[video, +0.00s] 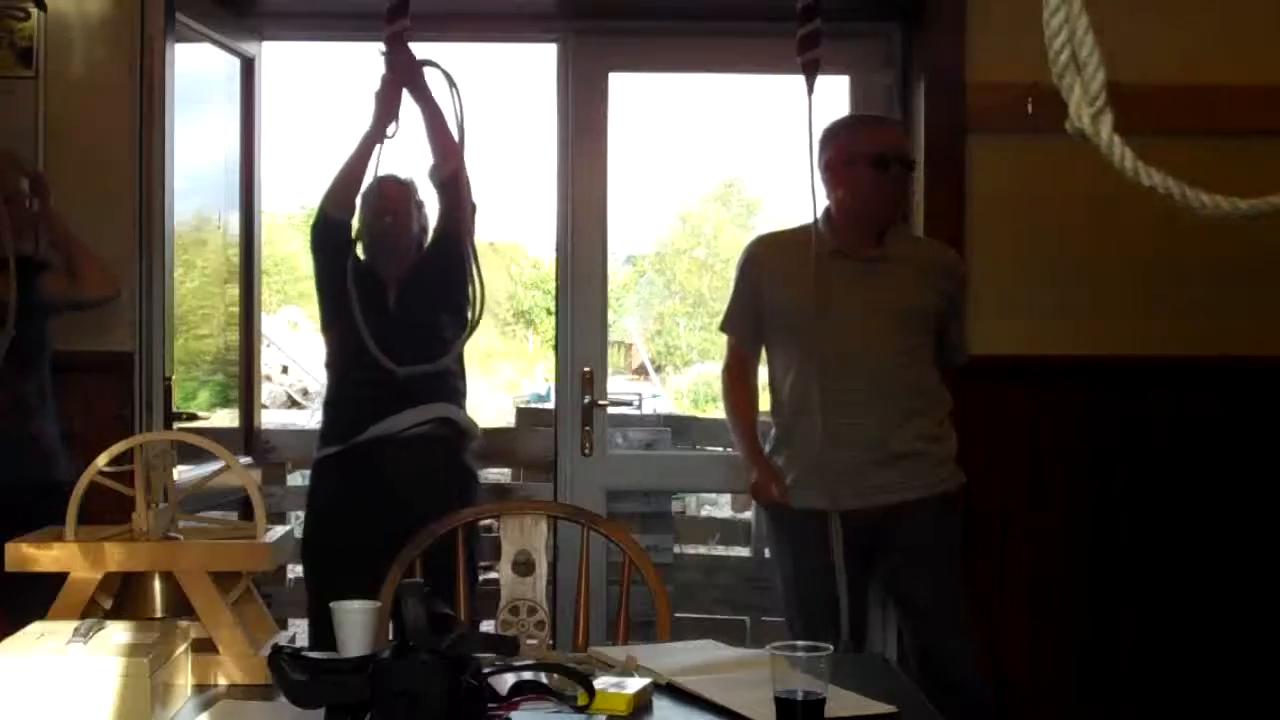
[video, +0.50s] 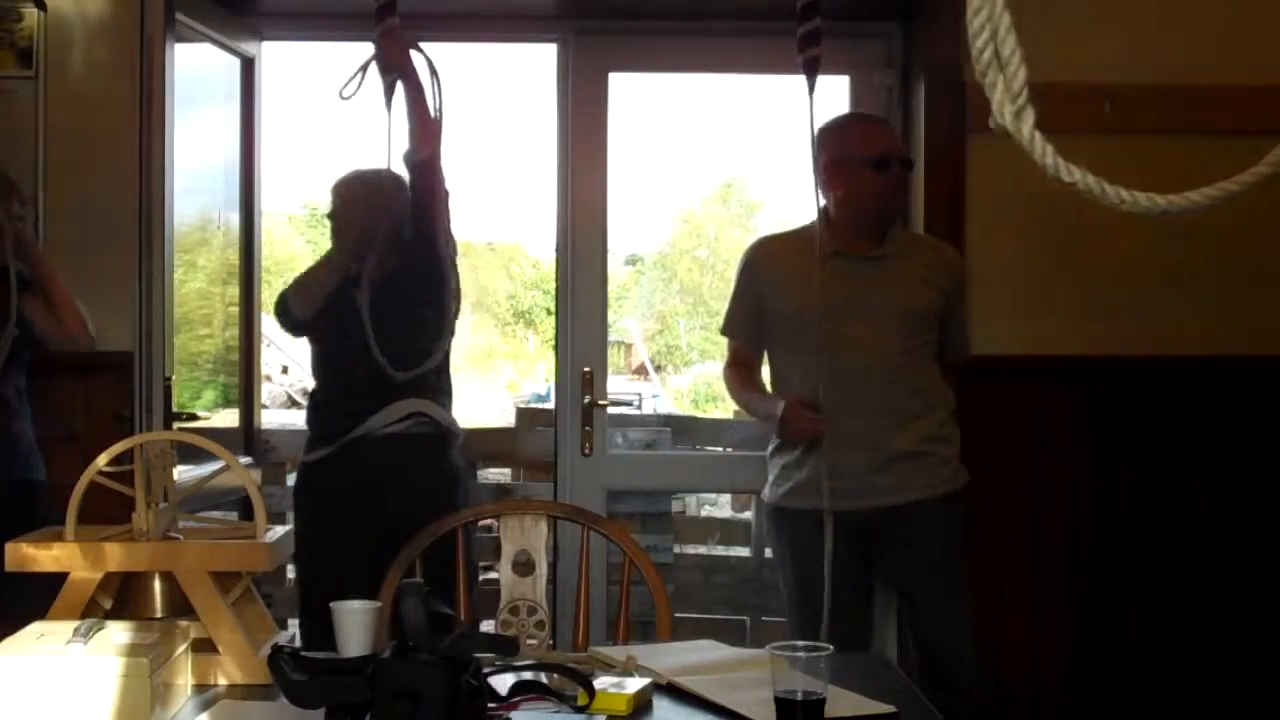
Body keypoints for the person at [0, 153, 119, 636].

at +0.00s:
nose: (15, 211)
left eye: (18, 198)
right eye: (7, 199)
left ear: (27, 207)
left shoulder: (25, 275)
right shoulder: (21, 276)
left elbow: (100, 288)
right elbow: (99, 287)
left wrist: (51, 214)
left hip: (37, 462)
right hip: (16, 465)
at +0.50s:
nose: (19, 219)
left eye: (21, 209)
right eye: (13, 209)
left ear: (23, 217)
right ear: (1, 217)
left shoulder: (16, 284)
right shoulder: (16, 285)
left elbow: (76, 336)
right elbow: (75, 335)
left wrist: (32, 254)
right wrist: (31, 256)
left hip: (18, 454)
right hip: (14, 455)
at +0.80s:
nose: (36, 242)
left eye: (31, 226)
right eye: (25, 230)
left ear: (24, 229)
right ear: (7, 238)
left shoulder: (16, 287)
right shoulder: (11, 289)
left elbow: (32, 382)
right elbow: (31, 382)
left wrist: (48, 301)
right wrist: (48, 302)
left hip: (15, 470)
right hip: (10, 473)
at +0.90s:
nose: (30, 243)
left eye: (26, 228)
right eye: (21, 230)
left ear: (27, 230)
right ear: (13, 234)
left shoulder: (23, 285)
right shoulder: (14, 288)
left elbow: (28, 381)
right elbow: (28, 381)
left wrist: (47, 312)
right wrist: (48, 313)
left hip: (14, 457)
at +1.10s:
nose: (30, 240)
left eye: (29, 226)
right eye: (22, 227)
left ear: (33, 227)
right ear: (18, 228)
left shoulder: (26, 291)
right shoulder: (18, 292)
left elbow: (33, 388)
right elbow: (34, 388)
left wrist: (56, 323)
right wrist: (55, 323)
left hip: (17, 470)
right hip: (12, 471)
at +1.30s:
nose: (31, 227)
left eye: (36, 213)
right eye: (19, 214)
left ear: (41, 214)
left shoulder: (32, 283)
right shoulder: (12, 284)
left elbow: (51, 387)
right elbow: (45, 383)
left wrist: (63, 317)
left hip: (27, 454)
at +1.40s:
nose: (33, 221)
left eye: (38, 208)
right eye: (20, 209)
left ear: (43, 211)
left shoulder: (38, 286)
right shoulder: (9, 284)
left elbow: (58, 389)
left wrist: (68, 320)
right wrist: (21, 307)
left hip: (34, 455)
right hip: (9, 455)